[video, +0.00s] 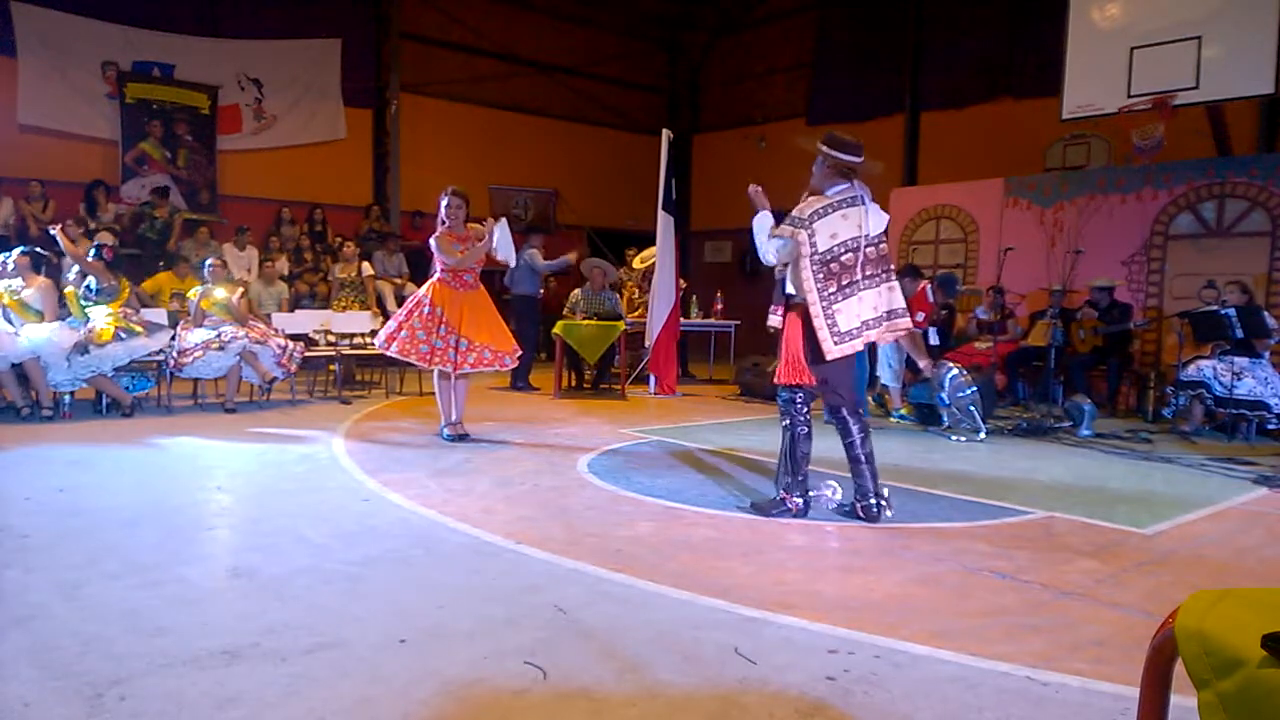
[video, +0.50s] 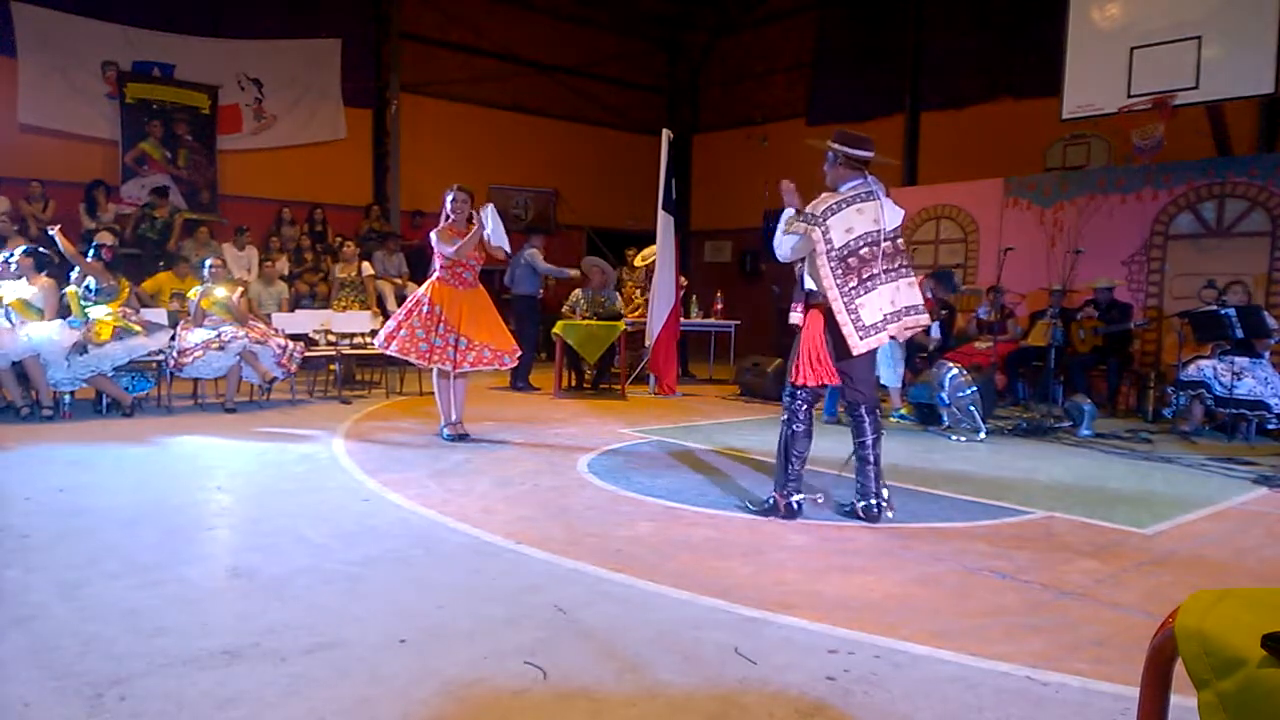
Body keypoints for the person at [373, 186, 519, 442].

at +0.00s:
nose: (452, 212)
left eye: (457, 207)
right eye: (447, 207)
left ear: (466, 211)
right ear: (441, 211)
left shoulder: (476, 231)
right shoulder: (438, 240)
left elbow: (497, 256)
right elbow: (457, 262)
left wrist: (496, 233)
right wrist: (486, 243)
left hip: (469, 303)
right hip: (444, 303)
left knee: (463, 365)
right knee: (443, 365)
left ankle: (458, 421)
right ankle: (446, 421)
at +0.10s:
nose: (452, 211)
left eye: (458, 207)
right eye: (448, 207)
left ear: (467, 211)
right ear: (441, 211)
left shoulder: (478, 232)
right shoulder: (439, 240)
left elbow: (502, 259)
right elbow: (457, 263)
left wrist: (499, 240)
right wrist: (484, 244)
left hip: (469, 303)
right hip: (444, 303)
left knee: (463, 365)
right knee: (443, 365)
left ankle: (458, 421)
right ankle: (446, 422)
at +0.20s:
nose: (454, 210)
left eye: (459, 206)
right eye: (450, 206)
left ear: (467, 210)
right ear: (442, 209)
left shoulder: (478, 232)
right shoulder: (439, 238)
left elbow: (501, 259)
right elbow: (455, 261)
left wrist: (499, 236)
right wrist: (485, 243)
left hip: (469, 302)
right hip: (444, 302)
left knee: (463, 365)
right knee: (443, 365)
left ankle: (458, 421)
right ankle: (446, 421)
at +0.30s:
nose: (455, 209)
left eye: (461, 204)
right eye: (451, 204)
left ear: (469, 208)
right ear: (444, 207)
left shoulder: (478, 234)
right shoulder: (439, 237)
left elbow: (502, 257)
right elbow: (455, 259)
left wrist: (494, 231)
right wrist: (484, 239)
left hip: (469, 302)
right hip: (444, 301)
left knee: (463, 364)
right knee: (443, 364)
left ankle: (458, 421)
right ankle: (446, 421)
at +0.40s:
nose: (457, 207)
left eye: (462, 202)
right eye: (453, 202)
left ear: (470, 207)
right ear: (445, 206)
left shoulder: (477, 233)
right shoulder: (439, 235)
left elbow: (502, 257)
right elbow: (458, 256)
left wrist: (493, 228)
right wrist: (482, 233)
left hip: (469, 302)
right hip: (443, 301)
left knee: (462, 364)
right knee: (443, 365)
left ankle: (458, 421)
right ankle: (446, 421)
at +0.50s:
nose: (458, 206)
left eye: (463, 202)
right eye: (454, 201)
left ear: (471, 207)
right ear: (446, 205)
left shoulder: (477, 235)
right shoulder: (439, 233)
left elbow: (501, 256)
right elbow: (459, 253)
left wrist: (490, 223)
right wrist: (479, 227)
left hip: (468, 302)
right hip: (443, 301)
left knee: (462, 364)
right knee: (443, 365)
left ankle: (458, 421)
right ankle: (446, 421)